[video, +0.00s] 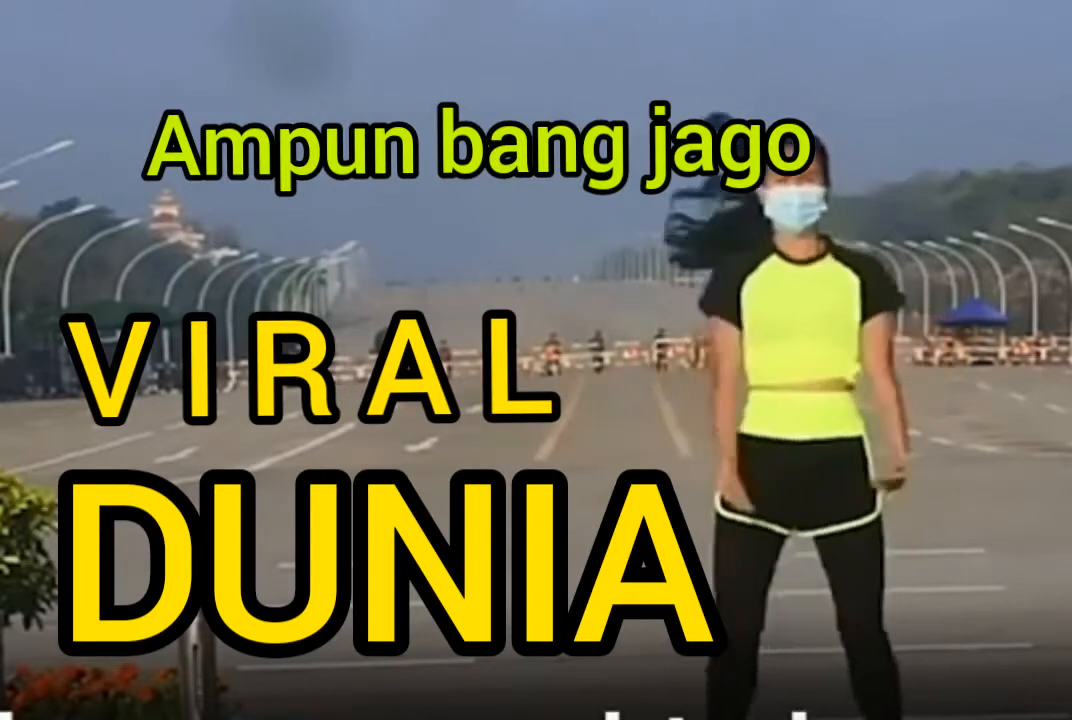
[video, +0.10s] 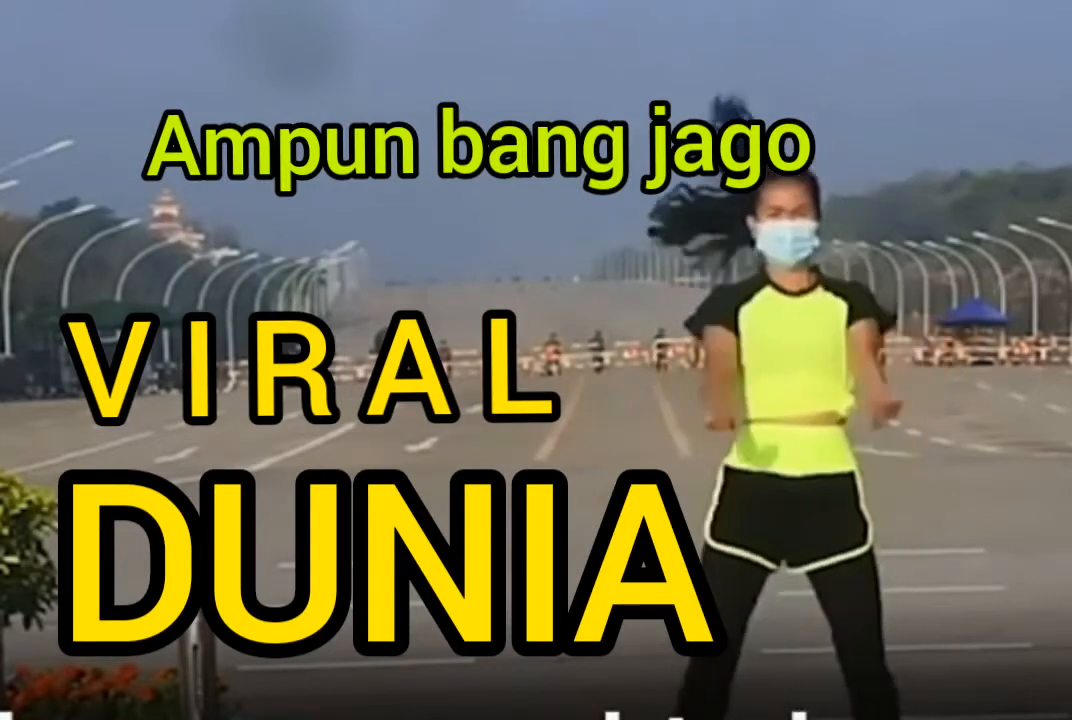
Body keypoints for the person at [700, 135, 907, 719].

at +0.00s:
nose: (795, 193)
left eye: (806, 181)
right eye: (782, 182)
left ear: (825, 191)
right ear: (761, 194)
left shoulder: (865, 274)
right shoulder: (736, 276)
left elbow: (881, 371)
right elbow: (726, 376)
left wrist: (898, 448)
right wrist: (727, 463)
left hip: (842, 463)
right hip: (756, 462)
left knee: (863, 628)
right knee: (734, 633)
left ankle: (886, 719)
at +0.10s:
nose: (789, 226)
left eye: (801, 214)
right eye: (775, 214)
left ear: (818, 223)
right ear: (754, 225)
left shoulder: (852, 301)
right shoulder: (728, 306)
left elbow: (866, 365)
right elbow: (719, 408)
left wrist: (880, 399)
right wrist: (727, 407)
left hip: (830, 494)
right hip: (750, 495)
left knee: (865, 663)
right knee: (712, 657)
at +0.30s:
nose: (770, 250)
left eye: (781, 239)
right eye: (755, 239)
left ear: (798, 250)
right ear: (734, 252)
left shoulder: (823, 322)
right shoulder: (711, 323)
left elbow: (842, 354)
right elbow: (706, 359)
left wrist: (856, 351)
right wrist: (713, 367)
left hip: (810, 512)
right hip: (731, 515)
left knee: (855, 675)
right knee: (697, 675)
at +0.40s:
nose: (765, 219)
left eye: (775, 207)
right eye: (750, 208)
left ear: (792, 217)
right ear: (728, 219)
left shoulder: (821, 292)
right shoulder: (702, 297)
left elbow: (830, 351)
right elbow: (705, 366)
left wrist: (848, 400)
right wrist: (706, 420)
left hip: (807, 488)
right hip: (726, 492)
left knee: (847, 649)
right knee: (701, 653)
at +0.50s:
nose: (755, 210)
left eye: (766, 197)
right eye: (740, 197)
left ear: (783, 204)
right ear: (718, 208)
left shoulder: (816, 282)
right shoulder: (692, 288)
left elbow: (821, 361)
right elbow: (700, 369)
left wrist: (841, 431)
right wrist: (702, 444)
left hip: (805, 479)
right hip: (722, 484)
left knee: (845, 639)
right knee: (699, 641)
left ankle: (873, 719)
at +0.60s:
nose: (744, 255)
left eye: (756, 243)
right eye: (731, 244)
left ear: (777, 251)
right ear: (711, 255)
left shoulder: (803, 326)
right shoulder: (694, 330)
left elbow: (828, 364)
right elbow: (694, 369)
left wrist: (831, 349)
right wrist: (688, 335)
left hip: (796, 517)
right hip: (716, 521)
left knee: (853, 675)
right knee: (685, 683)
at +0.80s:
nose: (723, 224)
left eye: (734, 212)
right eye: (709, 213)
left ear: (751, 221)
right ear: (688, 224)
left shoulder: (786, 297)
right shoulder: (663, 298)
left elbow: (802, 349)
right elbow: (661, 364)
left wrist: (829, 376)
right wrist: (662, 419)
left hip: (769, 487)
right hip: (687, 493)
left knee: (814, 650)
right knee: (673, 660)